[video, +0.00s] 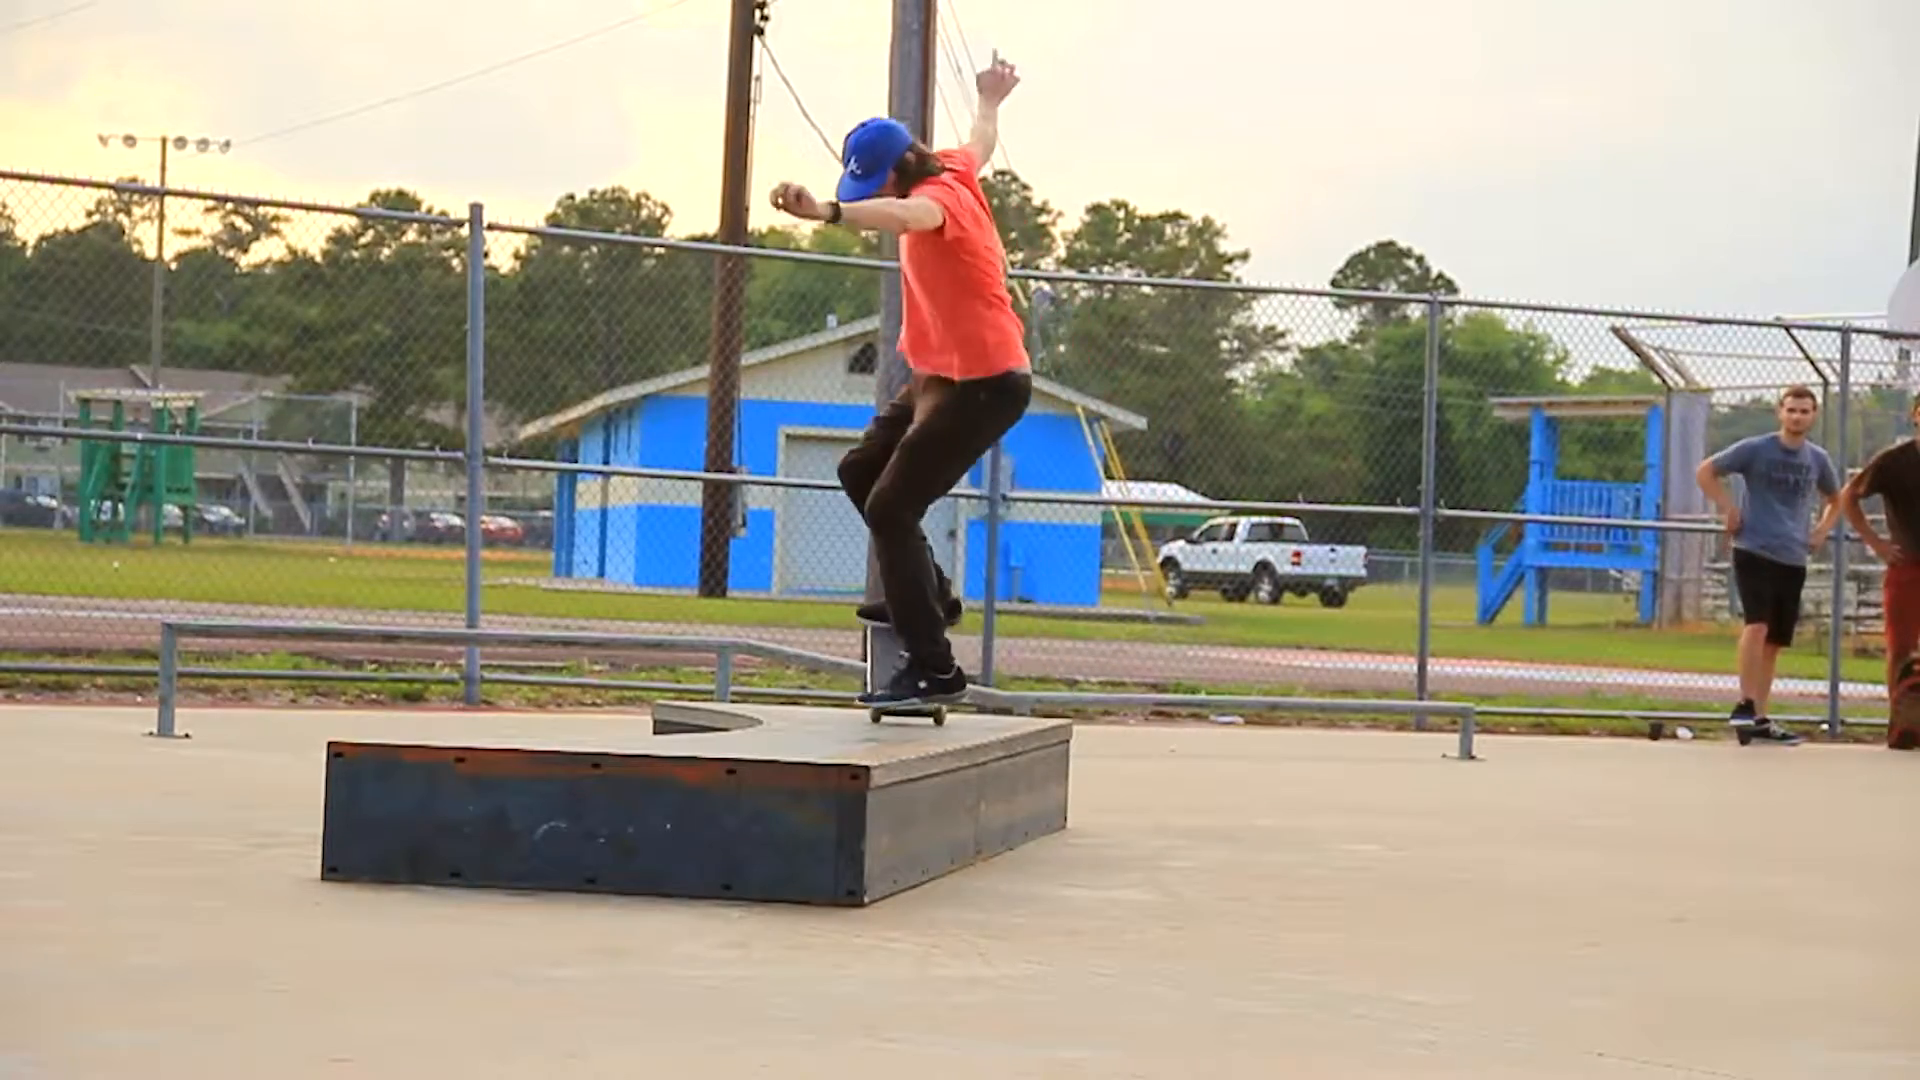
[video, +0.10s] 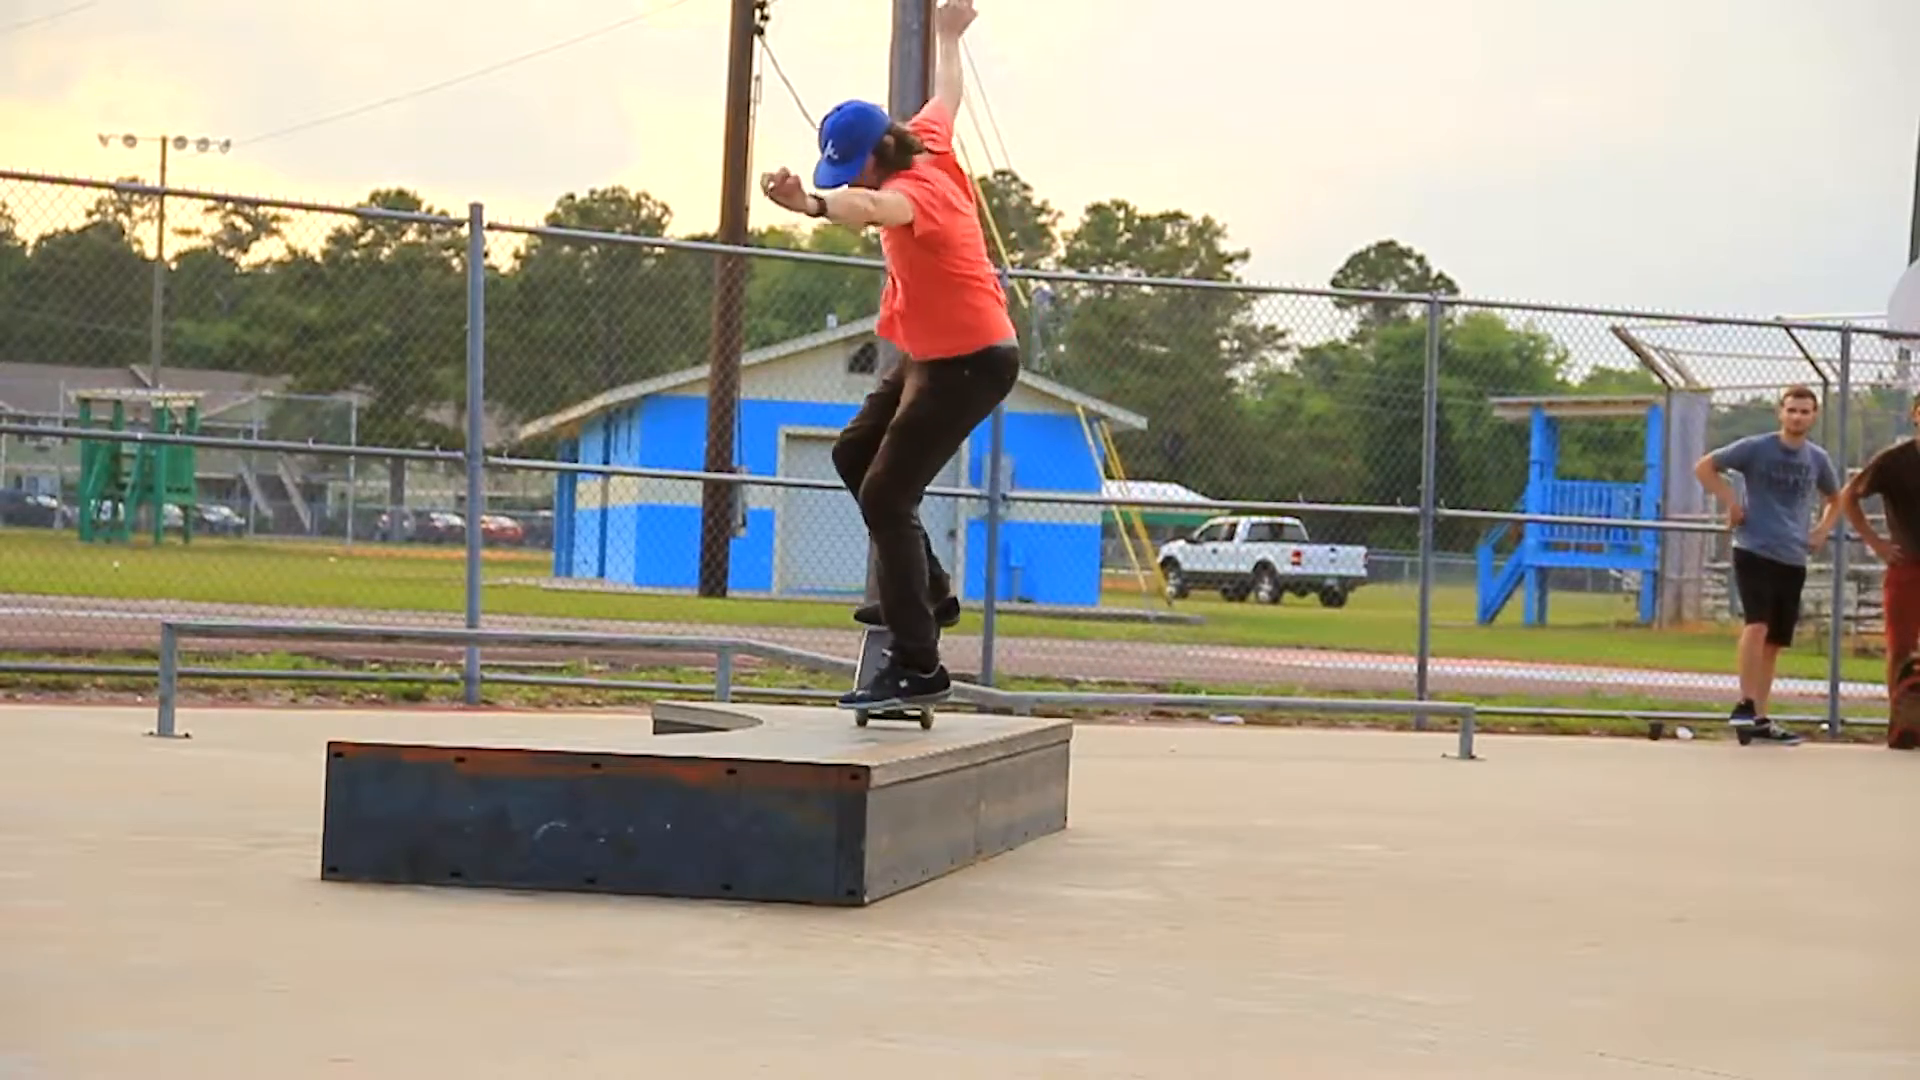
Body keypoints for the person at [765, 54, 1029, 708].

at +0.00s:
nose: (879, 196)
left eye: (878, 186)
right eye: (871, 190)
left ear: (904, 167)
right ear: (915, 160)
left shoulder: (939, 192)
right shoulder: (951, 169)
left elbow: (911, 213)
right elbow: (979, 145)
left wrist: (826, 211)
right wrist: (989, 103)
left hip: (985, 382)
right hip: (944, 376)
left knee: (891, 508)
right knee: (860, 473)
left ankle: (934, 668)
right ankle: (931, 593)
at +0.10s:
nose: (851, 189)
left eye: (857, 178)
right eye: (844, 180)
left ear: (883, 157)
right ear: (869, 145)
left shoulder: (915, 188)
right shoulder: (922, 138)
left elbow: (871, 207)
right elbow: (948, 91)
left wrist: (811, 203)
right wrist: (948, 33)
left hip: (969, 360)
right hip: (939, 353)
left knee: (887, 495)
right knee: (853, 456)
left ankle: (917, 668)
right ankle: (927, 590)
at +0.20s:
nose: (831, 201)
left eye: (833, 189)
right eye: (823, 192)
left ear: (860, 169)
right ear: (850, 160)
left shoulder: (888, 218)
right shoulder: (897, 131)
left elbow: (843, 273)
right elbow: (915, 52)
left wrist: (788, 316)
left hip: (957, 350)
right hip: (933, 343)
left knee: (886, 487)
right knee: (852, 448)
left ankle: (892, 661)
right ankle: (915, 608)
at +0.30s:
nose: (803, 220)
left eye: (806, 208)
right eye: (795, 210)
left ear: (832, 185)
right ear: (825, 173)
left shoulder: (866, 236)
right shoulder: (864, 138)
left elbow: (836, 340)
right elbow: (887, 47)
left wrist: (788, 423)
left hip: (949, 352)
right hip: (910, 346)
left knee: (873, 490)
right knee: (835, 461)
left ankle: (873, 665)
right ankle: (896, 622)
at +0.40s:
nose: (780, 220)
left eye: (781, 209)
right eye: (772, 211)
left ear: (807, 186)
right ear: (790, 173)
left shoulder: (849, 228)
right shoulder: (840, 133)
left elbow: (840, 341)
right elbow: (859, 50)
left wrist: (797, 426)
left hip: (939, 351)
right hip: (893, 346)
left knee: (854, 497)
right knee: (816, 461)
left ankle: (857, 677)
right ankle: (891, 618)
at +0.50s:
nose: (762, 197)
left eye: (765, 183)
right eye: (753, 187)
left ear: (792, 161)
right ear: (774, 154)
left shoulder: (838, 194)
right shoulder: (826, 123)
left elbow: (831, 266)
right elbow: (849, 53)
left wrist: (786, 331)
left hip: (929, 346)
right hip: (882, 342)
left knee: (834, 488)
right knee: (793, 452)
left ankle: (850, 678)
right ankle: (857, 617)